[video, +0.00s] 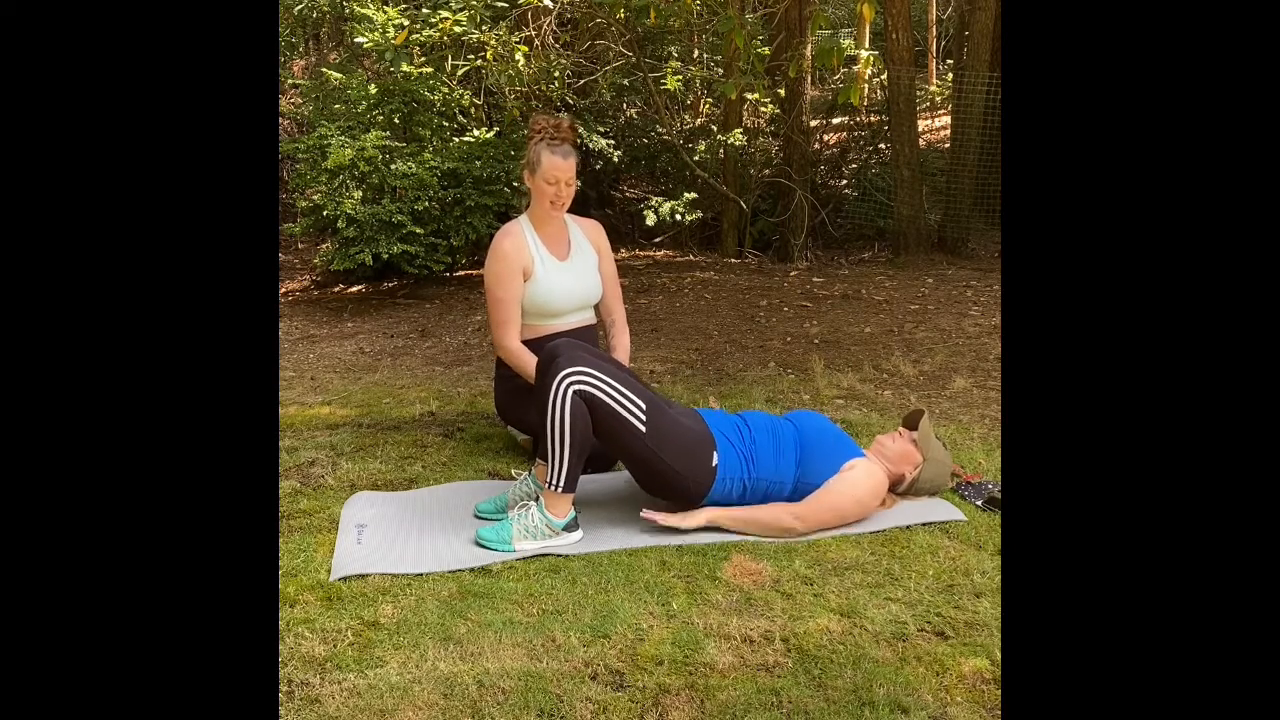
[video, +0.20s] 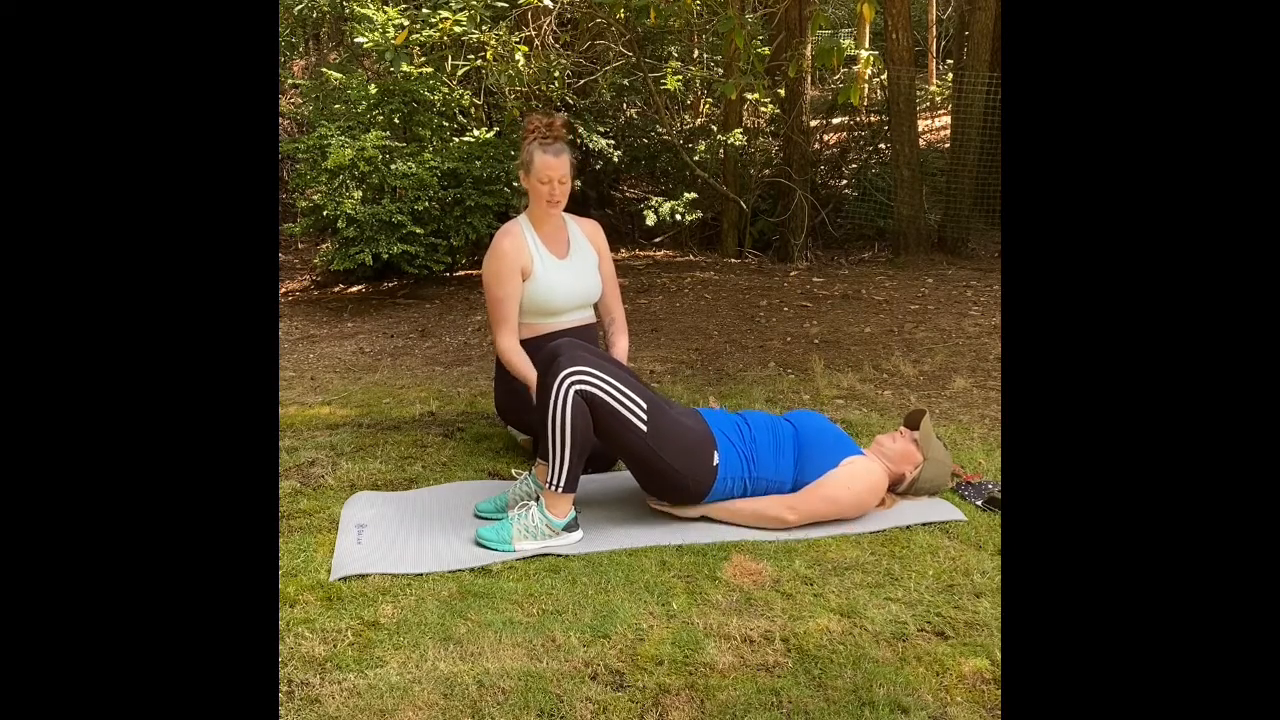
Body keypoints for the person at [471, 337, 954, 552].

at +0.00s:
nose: (897, 432)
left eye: (908, 439)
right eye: (905, 429)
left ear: (908, 472)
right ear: (896, 443)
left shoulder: (866, 479)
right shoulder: (847, 453)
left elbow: (799, 519)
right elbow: (768, 469)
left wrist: (706, 516)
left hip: (701, 465)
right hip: (690, 433)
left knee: (571, 367)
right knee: (563, 352)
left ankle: (555, 512)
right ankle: (544, 483)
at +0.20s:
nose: (897, 432)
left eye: (908, 439)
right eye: (905, 429)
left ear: (909, 471)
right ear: (896, 443)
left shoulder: (864, 478)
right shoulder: (849, 454)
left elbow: (790, 512)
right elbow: (770, 478)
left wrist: (704, 507)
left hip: (700, 463)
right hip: (690, 432)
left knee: (574, 369)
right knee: (563, 353)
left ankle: (556, 513)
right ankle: (544, 485)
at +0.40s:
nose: (897, 432)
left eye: (907, 438)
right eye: (906, 429)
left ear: (908, 469)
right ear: (897, 445)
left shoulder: (864, 478)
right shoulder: (844, 451)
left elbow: (789, 514)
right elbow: (763, 465)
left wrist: (699, 513)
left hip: (696, 471)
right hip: (682, 439)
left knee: (579, 370)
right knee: (555, 351)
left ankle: (555, 512)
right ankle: (544, 481)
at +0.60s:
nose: (897, 432)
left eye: (908, 438)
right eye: (906, 430)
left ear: (907, 469)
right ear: (899, 446)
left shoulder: (864, 478)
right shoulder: (846, 454)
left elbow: (789, 515)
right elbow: (768, 479)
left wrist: (705, 514)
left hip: (694, 477)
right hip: (680, 449)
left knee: (584, 373)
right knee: (575, 363)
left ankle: (555, 511)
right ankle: (543, 484)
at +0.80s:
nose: (897, 431)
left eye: (908, 437)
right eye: (906, 429)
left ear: (908, 468)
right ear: (899, 447)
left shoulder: (864, 478)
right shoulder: (846, 453)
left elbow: (788, 515)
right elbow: (765, 471)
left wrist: (701, 514)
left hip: (693, 476)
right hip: (681, 448)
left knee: (582, 371)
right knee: (567, 356)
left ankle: (555, 511)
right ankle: (543, 482)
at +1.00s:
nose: (898, 431)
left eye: (909, 437)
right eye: (907, 428)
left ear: (908, 468)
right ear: (899, 445)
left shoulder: (863, 477)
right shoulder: (848, 454)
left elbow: (790, 515)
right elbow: (772, 486)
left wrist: (705, 514)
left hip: (695, 476)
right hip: (683, 445)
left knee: (583, 372)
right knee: (573, 359)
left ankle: (555, 510)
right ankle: (544, 484)